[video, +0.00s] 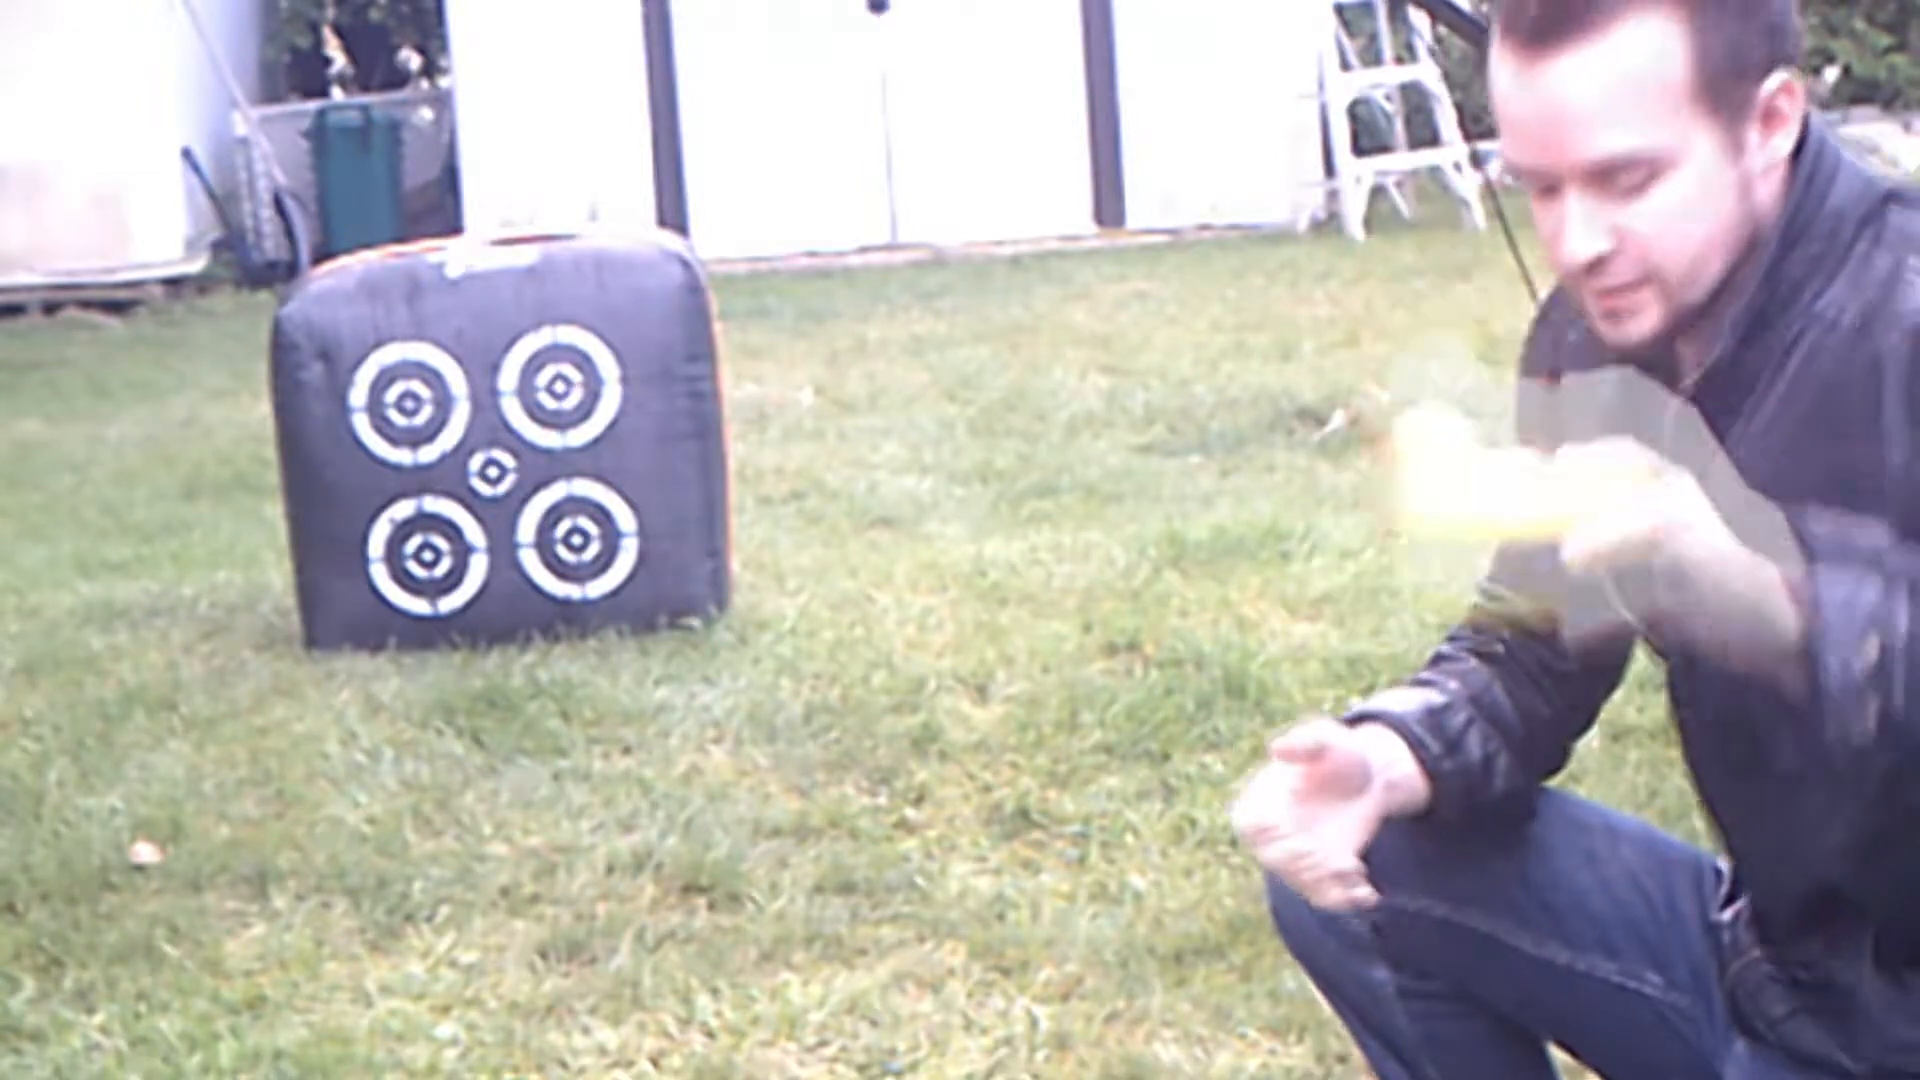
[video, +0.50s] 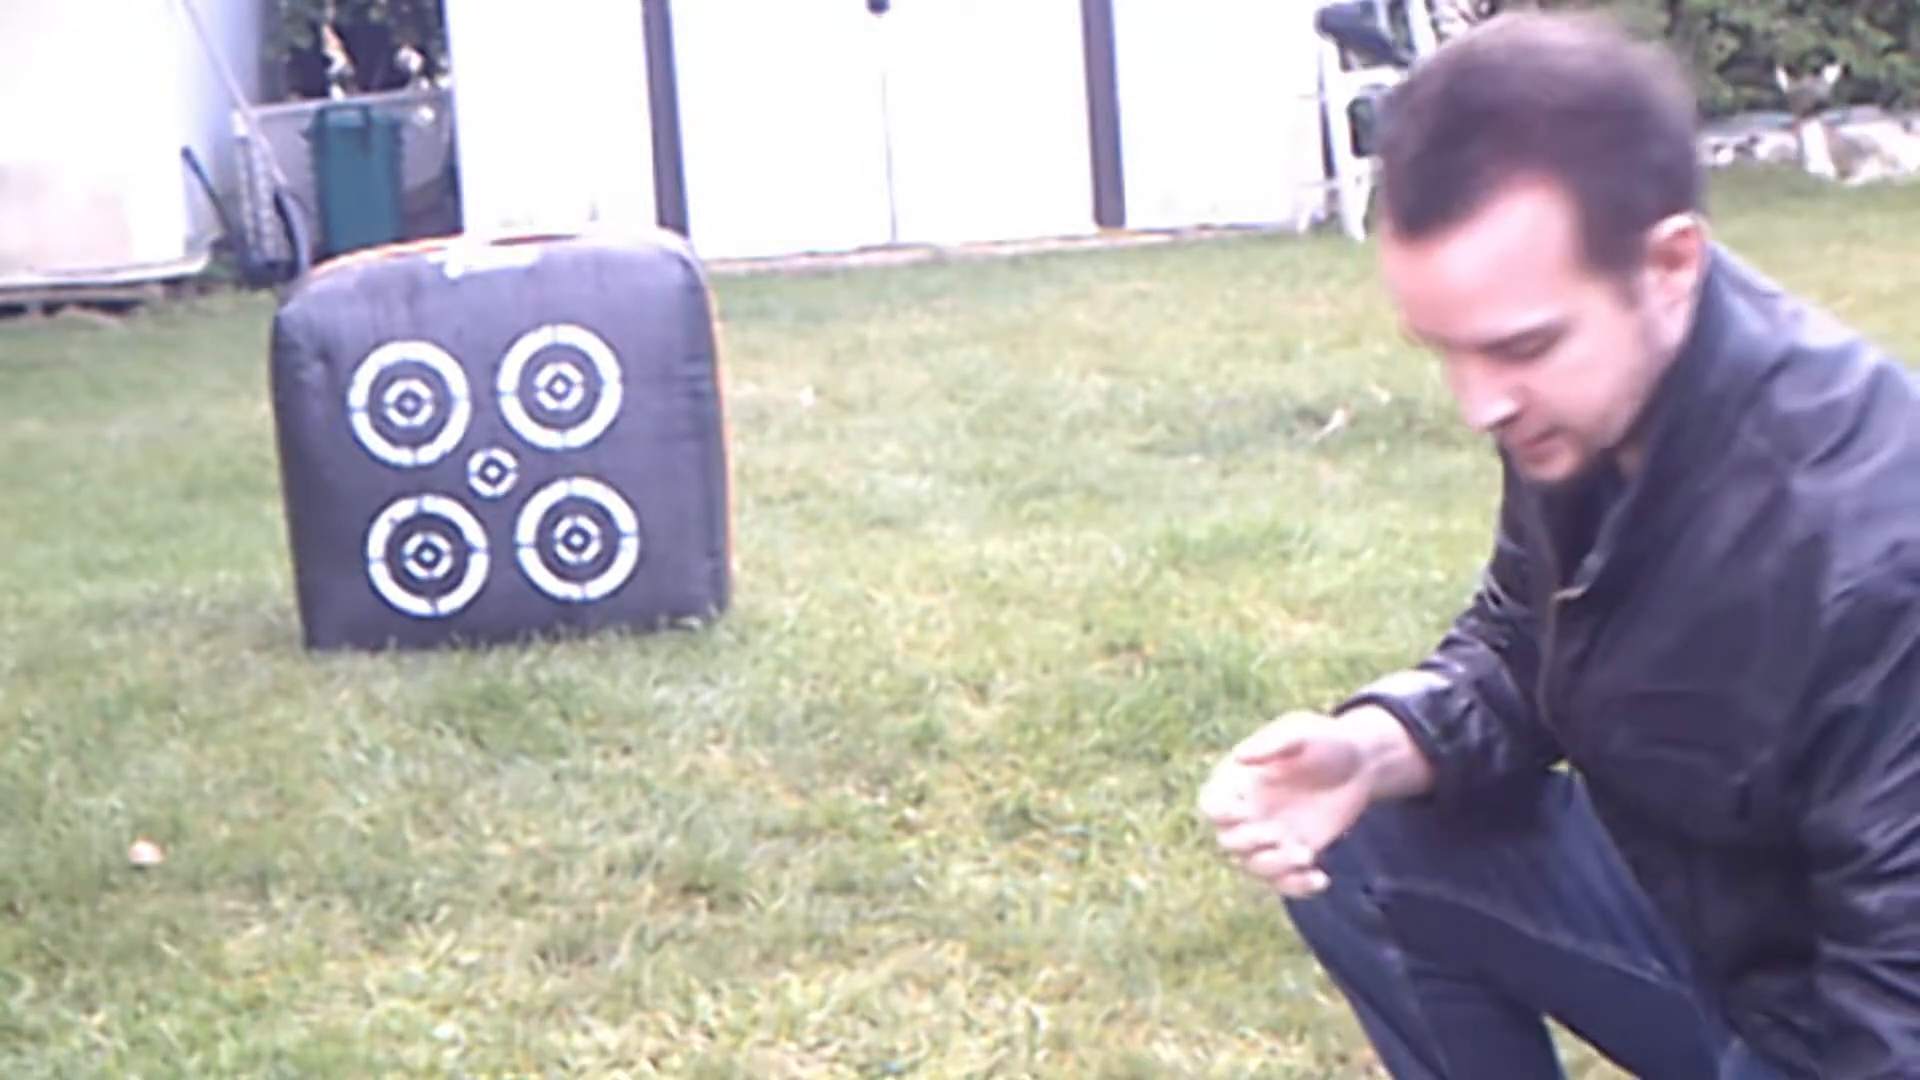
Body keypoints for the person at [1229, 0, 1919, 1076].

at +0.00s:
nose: (1576, 245)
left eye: (1627, 180)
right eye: (1536, 189)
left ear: (1772, 127)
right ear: (1508, 160)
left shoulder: (1901, 319)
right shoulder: (1583, 338)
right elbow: (1537, 643)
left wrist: (1740, 598)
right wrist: (1395, 752)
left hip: (1887, 1040)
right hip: (1757, 943)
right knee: (1350, 864)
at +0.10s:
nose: (1568, 269)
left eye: (1618, 204)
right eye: (1530, 210)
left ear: (1765, 148)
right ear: (1500, 182)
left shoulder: (1895, 371)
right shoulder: (1575, 350)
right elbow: (1536, 623)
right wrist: (1388, 747)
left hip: (1866, 1031)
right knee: (1338, 869)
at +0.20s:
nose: (1556, 304)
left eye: (1605, 243)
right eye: (1518, 247)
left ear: (1755, 182)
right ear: (1490, 207)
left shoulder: (1894, 422)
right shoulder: (1574, 363)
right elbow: (1539, 644)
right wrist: (1396, 740)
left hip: (1884, 966)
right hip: (1706, 905)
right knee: (1344, 850)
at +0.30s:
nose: (1535, 349)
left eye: (1586, 287)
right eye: (1500, 289)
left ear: (1737, 219)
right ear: (1472, 246)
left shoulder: (1891, 474)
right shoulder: (1571, 389)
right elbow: (1532, 652)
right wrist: (1390, 744)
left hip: (1858, 1017)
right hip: (1702, 928)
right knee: (1353, 855)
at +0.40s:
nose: (1509, 387)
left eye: (1557, 329)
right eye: (1475, 330)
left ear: (1706, 251)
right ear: (1449, 285)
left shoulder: (1881, 515)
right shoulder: (1581, 393)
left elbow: (1896, 980)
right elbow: (1522, 652)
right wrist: (1385, 750)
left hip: (1840, 1017)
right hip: (1688, 919)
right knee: (1356, 854)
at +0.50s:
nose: (1481, 406)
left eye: (1523, 348)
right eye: (1444, 351)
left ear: (1671, 270)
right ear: (1418, 301)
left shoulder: (1879, 541)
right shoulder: (1592, 392)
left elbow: (1893, 1001)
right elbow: (1522, 649)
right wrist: (1373, 751)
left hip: (1843, 1022)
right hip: (1693, 922)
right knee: (1355, 852)